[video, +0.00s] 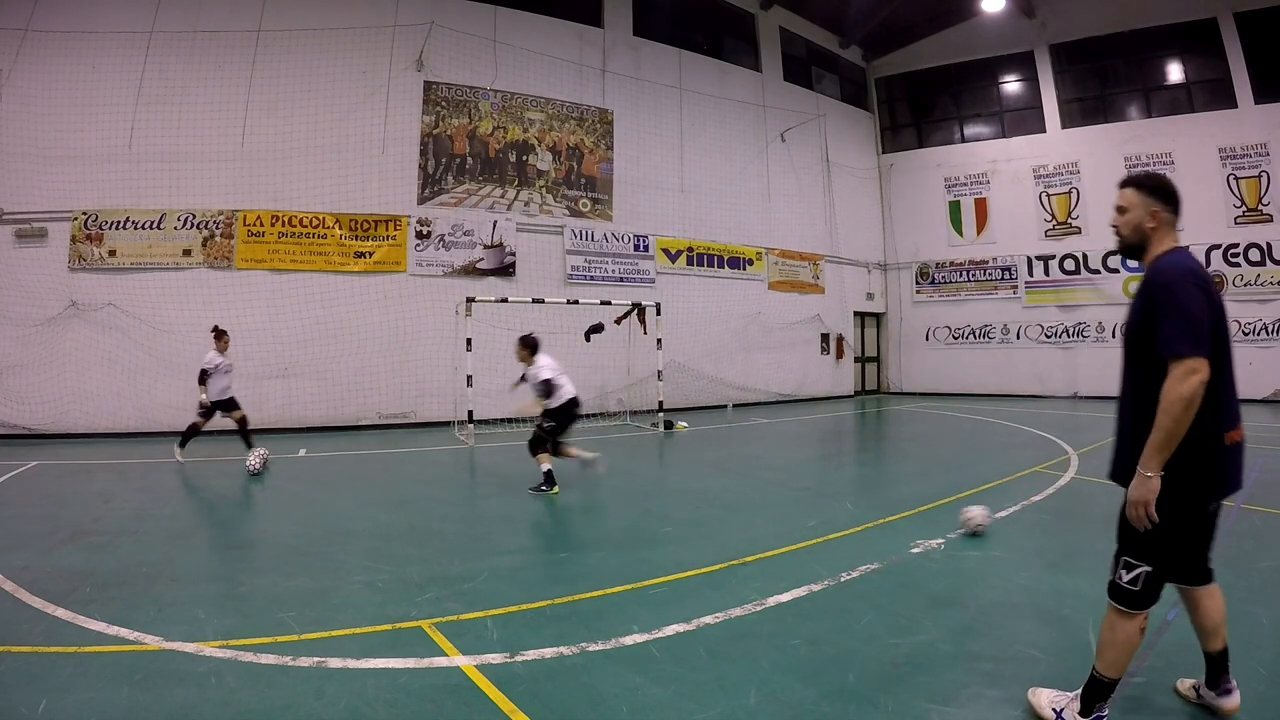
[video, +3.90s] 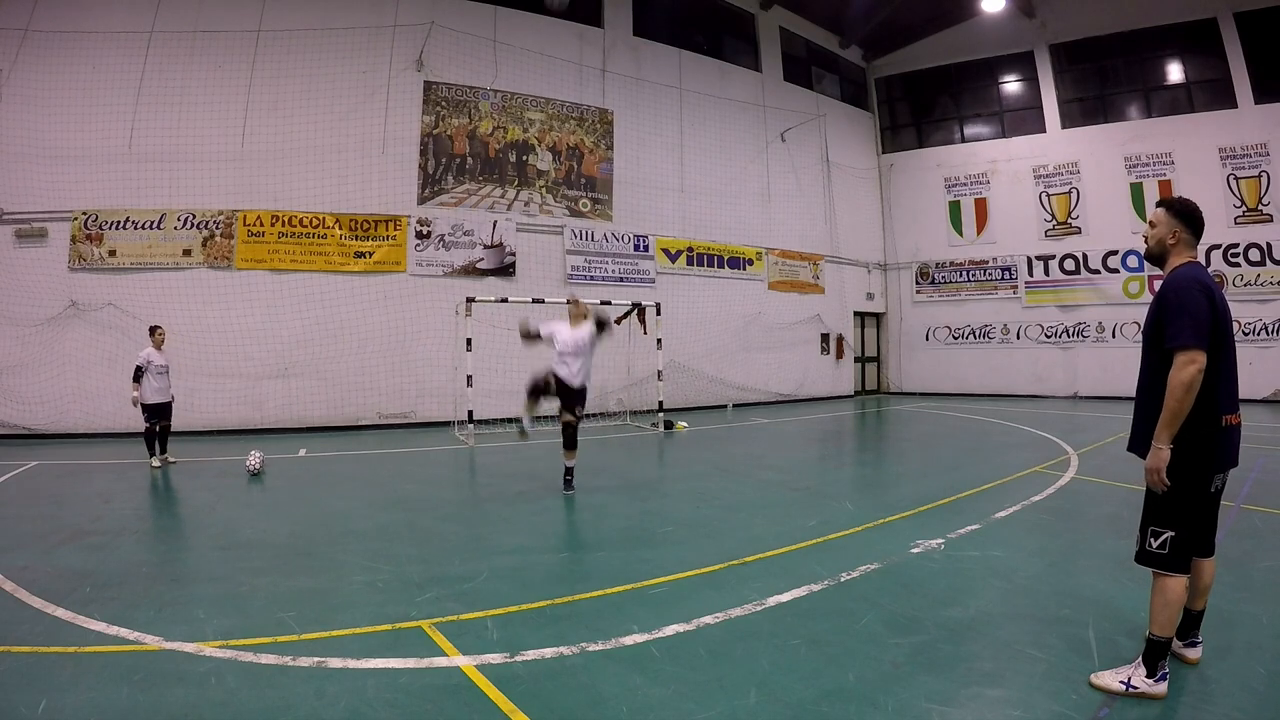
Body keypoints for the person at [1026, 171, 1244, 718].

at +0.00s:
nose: (1114, 221)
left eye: (1123, 211)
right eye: (1115, 211)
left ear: (1157, 216)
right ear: (1158, 219)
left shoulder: (1170, 279)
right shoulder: (1181, 274)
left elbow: (1190, 375)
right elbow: (1192, 378)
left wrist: (1149, 469)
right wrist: (1152, 462)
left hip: (1168, 473)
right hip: (1197, 467)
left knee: (1128, 595)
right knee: (1194, 576)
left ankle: (1089, 706)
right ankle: (1219, 686)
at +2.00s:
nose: (1123, 239)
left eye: (1129, 230)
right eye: (1125, 230)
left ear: (1152, 234)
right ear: (1169, 235)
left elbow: (1142, 373)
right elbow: (1214, 362)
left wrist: (1096, 438)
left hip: (1165, 449)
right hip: (1207, 444)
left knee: (1145, 565)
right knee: (1188, 545)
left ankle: (1127, 676)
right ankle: (1185, 636)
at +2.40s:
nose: (1146, 238)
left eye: (1152, 231)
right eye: (1149, 230)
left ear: (1174, 238)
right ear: (1184, 239)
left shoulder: (1186, 292)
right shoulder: (1205, 285)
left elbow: (1197, 372)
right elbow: (1208, 370)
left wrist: (1179, 447)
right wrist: (1184, 438)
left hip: (1186, 448)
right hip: (1214, 445)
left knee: (1160, 556)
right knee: (1201, 544)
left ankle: (1140, 669)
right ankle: (1187, 637)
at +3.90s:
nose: (1144, 233)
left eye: (1151, 225)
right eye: (1146, 225)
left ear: (1174, 234)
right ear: (1180, 235)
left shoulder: (1183, 285)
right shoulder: (1198, 282)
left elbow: (1190, 366)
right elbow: (1202, 367)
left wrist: (1160, 442)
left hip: (1186, 447)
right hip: (1209, 443)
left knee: (1168, 558)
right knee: (1198, 546)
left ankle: (1151, 670)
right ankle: (1187, 638)